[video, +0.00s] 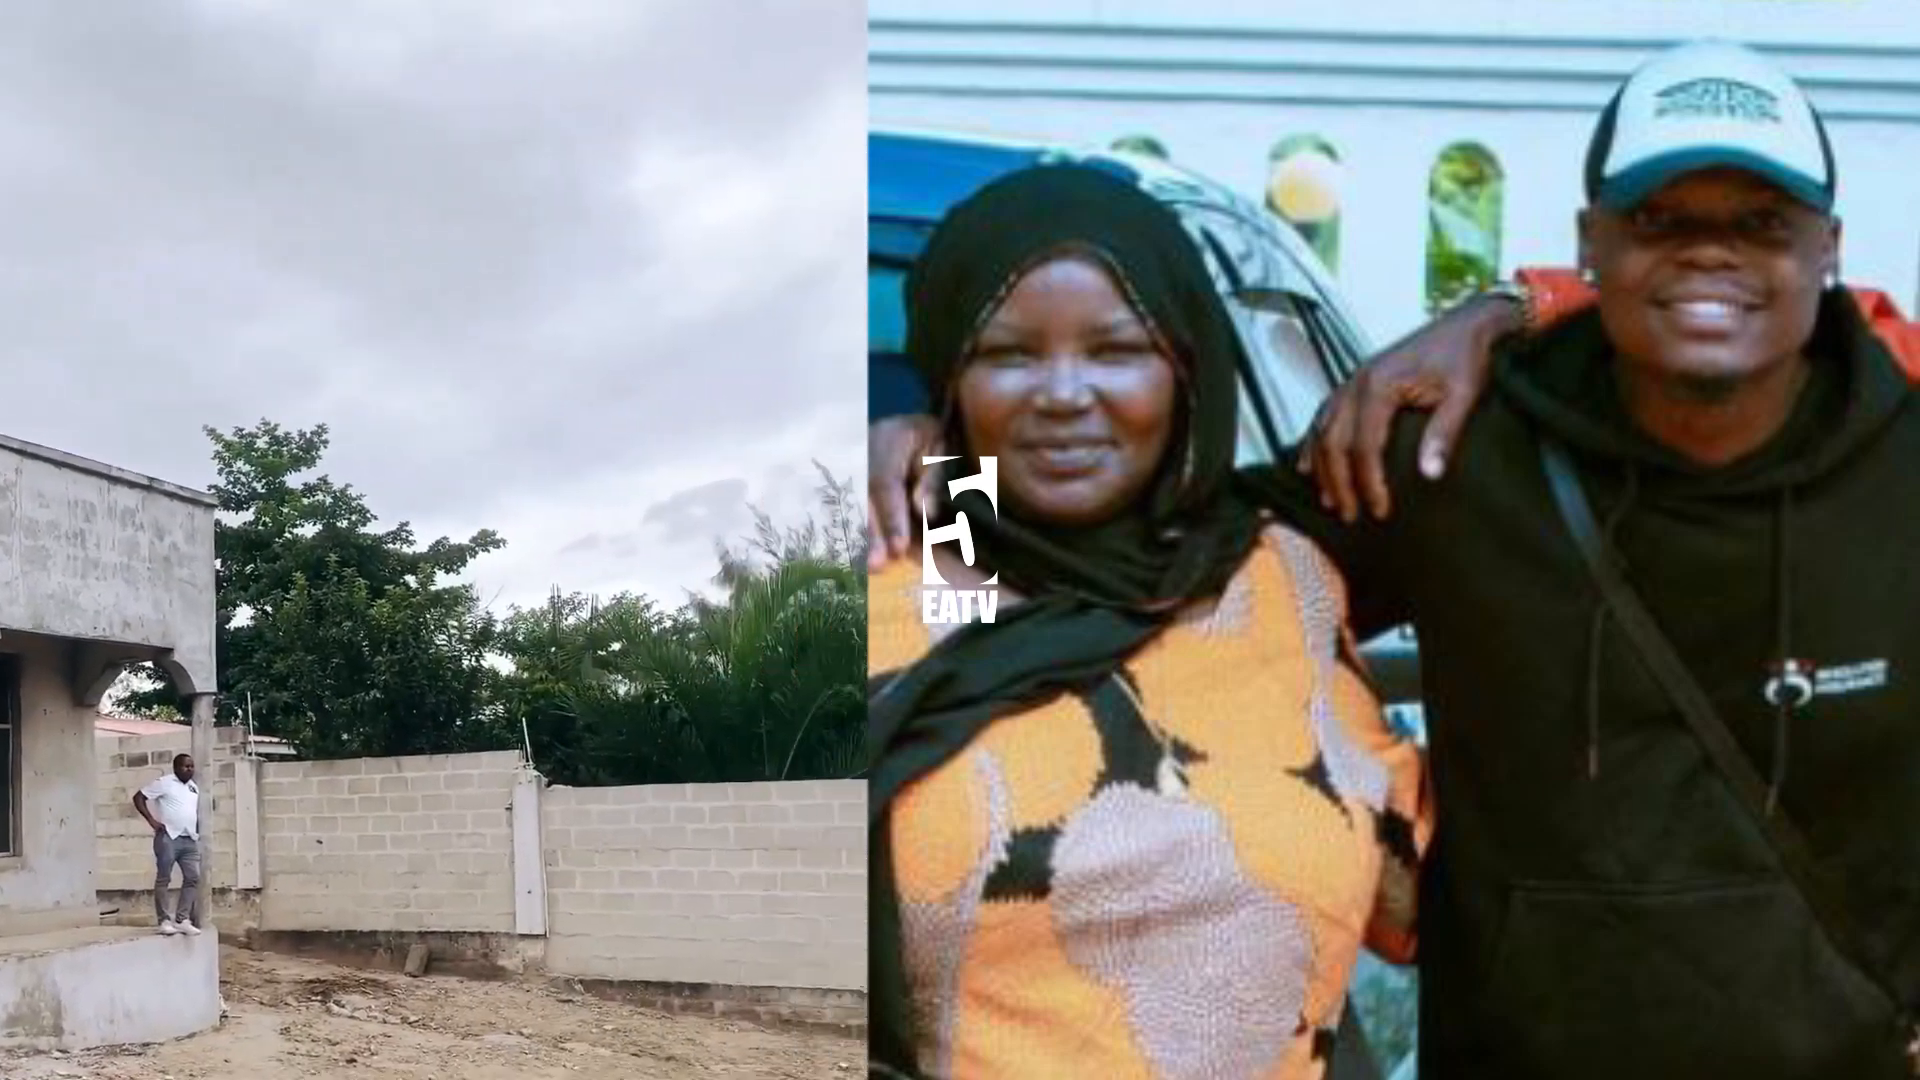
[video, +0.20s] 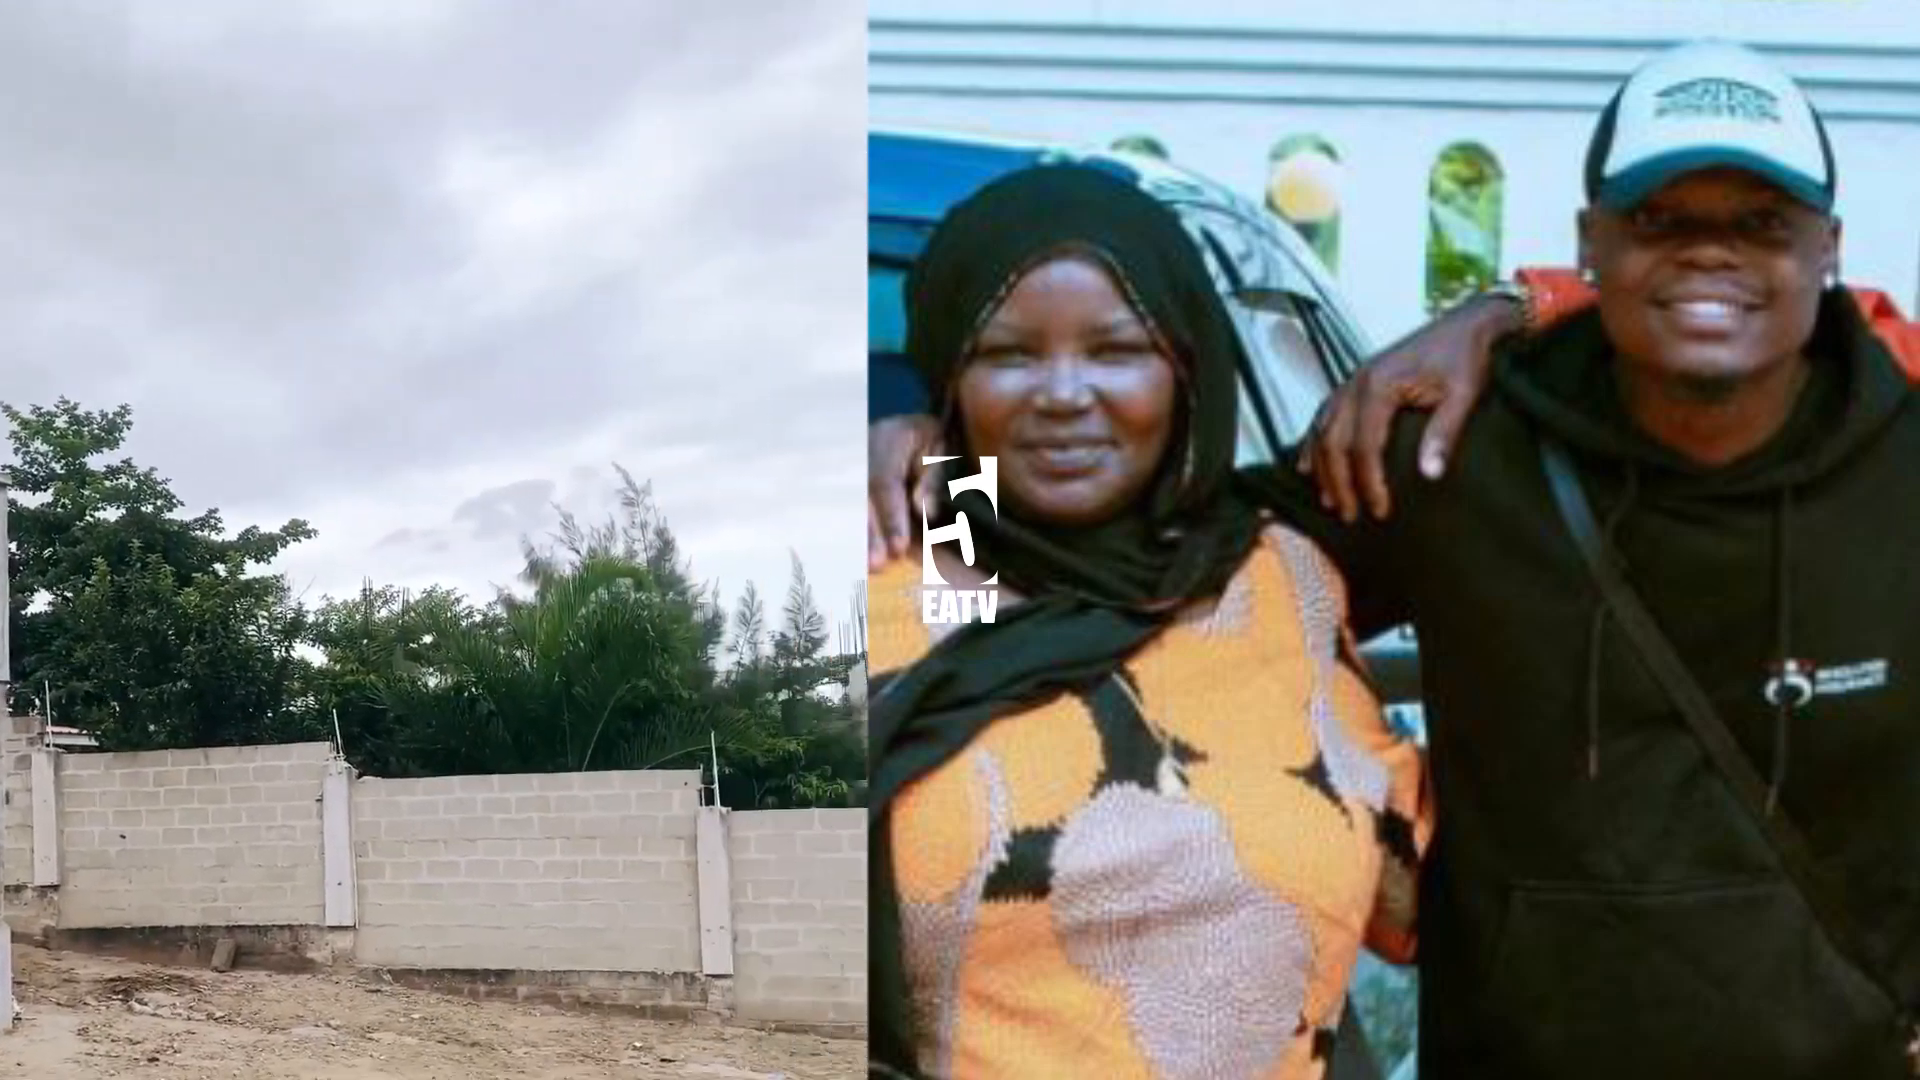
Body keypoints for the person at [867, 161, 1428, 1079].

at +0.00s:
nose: (1063, 397)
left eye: (1115, 351)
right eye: (1012, 354)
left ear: (1188, 374)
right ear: (950, 387)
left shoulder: (1285, 587)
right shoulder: (872, 612)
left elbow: (1427, 889)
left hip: (1281, 1058)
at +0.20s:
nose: (1063, 397)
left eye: (1115, 351)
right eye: (1011, 354)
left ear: (1187, 374)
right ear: (950, 387)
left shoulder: (1286, 585)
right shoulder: (877, 611)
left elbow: (1425, 890)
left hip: (1282, 1058)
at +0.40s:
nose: (1063, 397)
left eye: (1115, 351)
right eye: (1011, 354)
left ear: (1188, 374)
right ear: (950, 387)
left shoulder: (1286, 586)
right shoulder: (877, 608)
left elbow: (1428, 889)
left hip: (1281, 1058)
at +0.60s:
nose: (1063, 397)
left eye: (1115, 351)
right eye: (1011, 354)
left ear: (1187, 374)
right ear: (950, 387)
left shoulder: (1286, 585)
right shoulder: (883, 611)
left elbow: (1425, 889)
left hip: (1282, 1058)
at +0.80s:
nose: (1063, 397)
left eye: (1115, 351)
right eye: (1012, 354)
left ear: (1187, 374)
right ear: (950, 387)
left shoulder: (1286, 585)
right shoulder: (884, 611)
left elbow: (1425, 890)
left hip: (1282, 1058)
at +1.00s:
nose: (1062, 397)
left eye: (1115, 351)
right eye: (1011, 354)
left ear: (1188, 374)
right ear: (950, 386)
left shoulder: (1286, 584)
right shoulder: (868, 611)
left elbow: (1425, 889)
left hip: (1283, 1058)